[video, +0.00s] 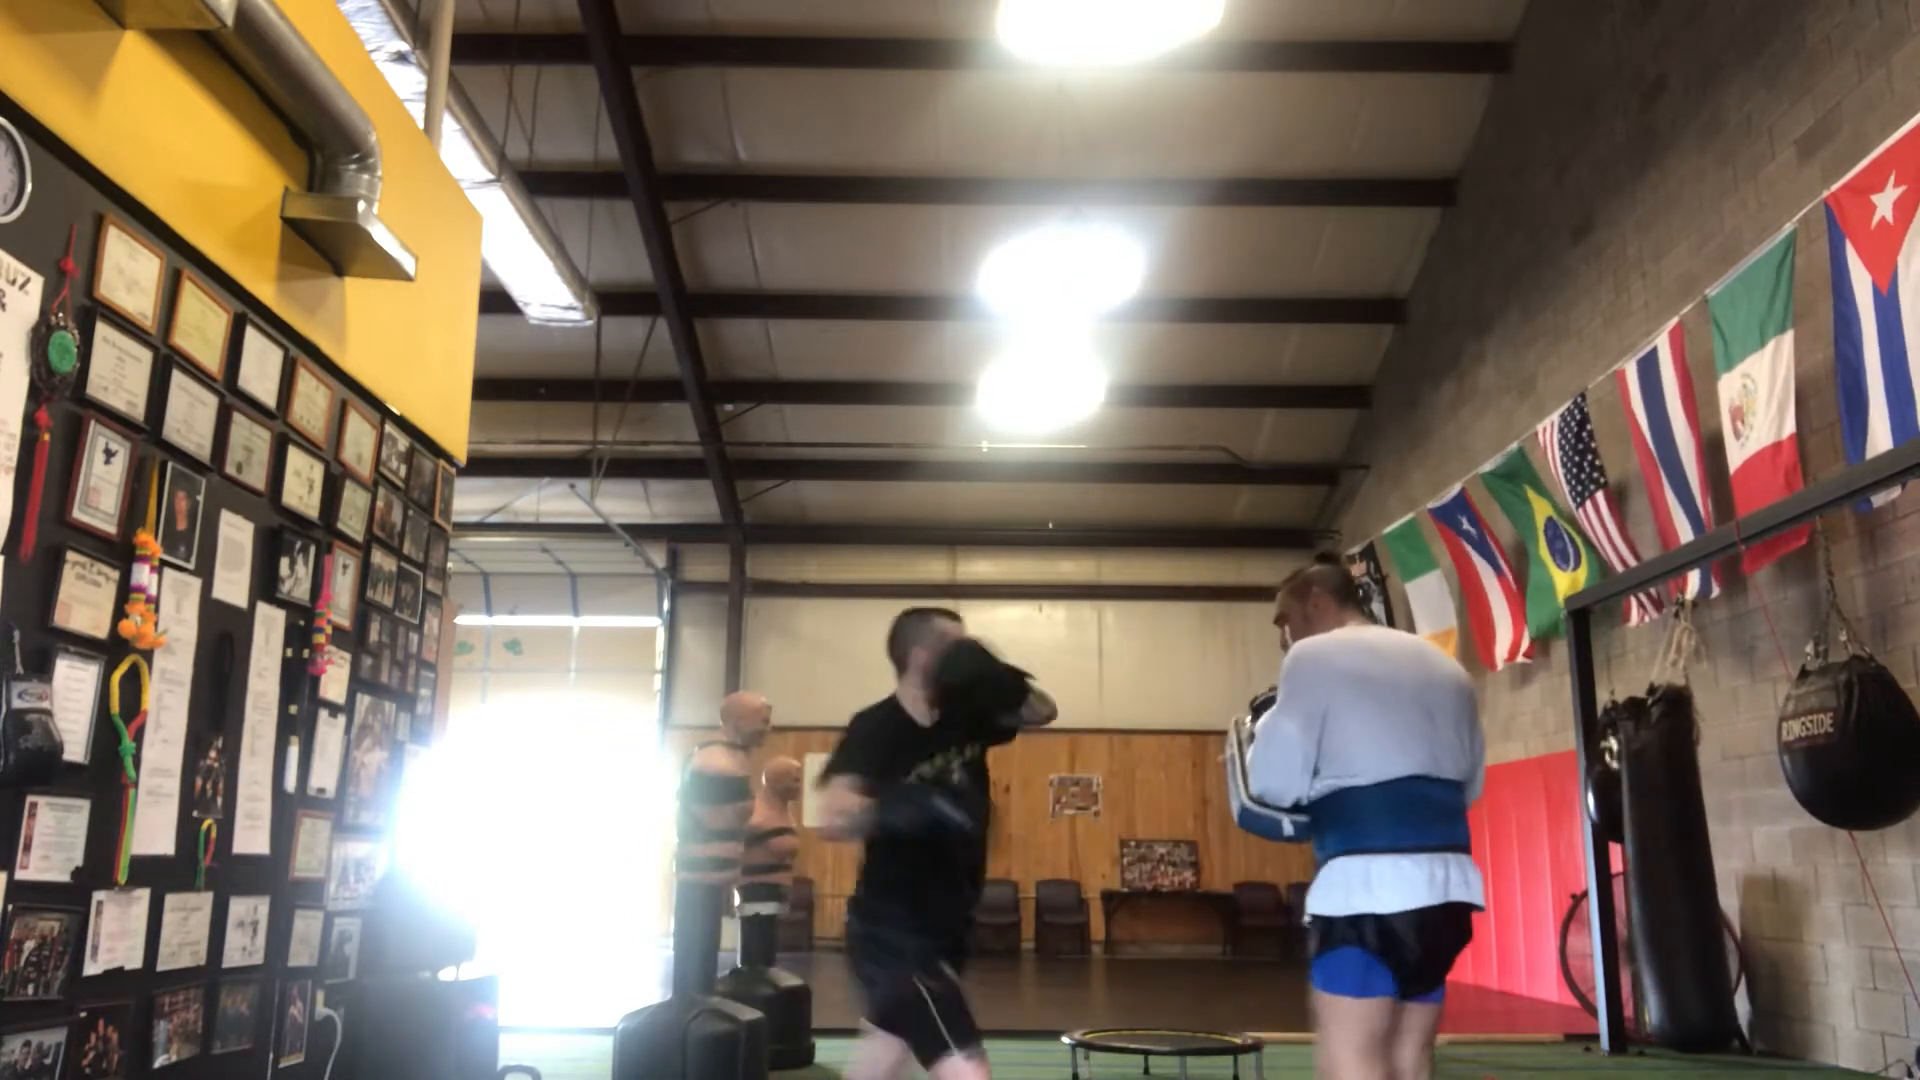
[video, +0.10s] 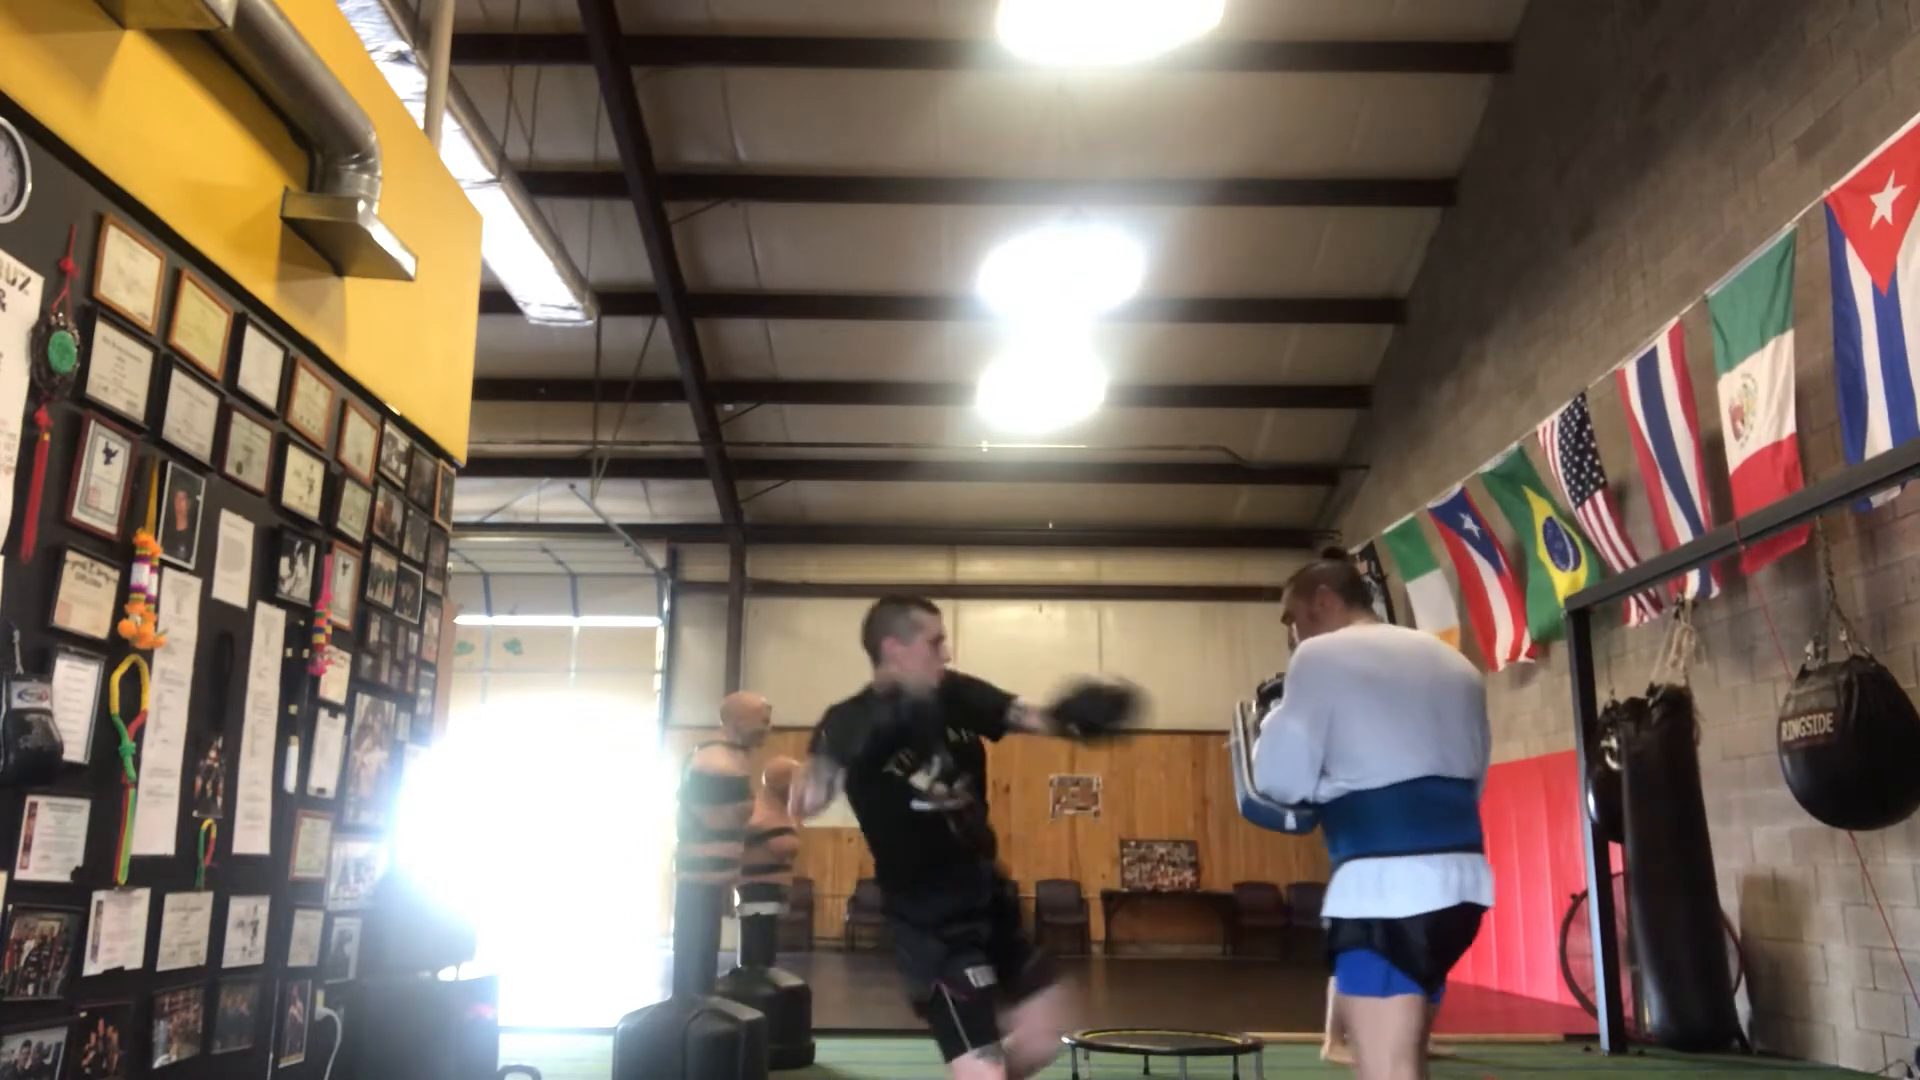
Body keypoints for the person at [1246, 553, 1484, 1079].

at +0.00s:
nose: (1285, 639)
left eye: (1284, 623)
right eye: (1280, 627)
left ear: (1314, 605)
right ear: (1348, 604)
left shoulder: (1312, 658)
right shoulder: (1443, 664)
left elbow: (1274, 785)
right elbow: (1470, 783)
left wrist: (1274, 726)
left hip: (1363, 900)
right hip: (1447, 899)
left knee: (1350, 1065)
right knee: (1412, 1064)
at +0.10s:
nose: (1294, 638)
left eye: (1292, 622)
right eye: (1289, 626)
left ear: (1322, 603)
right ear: (1355, 601)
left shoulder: (1320, 657)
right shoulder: (1453, 661)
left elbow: (1279, 781)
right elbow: (1472, 775)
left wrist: (1279, 717)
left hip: (1386, 894)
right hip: (1464, 889)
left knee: (1387, 1068)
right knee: (1403, 1059)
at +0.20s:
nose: (1299, 638)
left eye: (1298, 623)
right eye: (1294, 627)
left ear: (1328, 601)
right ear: (1363, 600)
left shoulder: (1328, 657)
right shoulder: (1455, 653)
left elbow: (1286, 778)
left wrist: (1280, 700)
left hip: (1402, 895)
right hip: (1482, 886)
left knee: (1407, 1069)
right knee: (1408, 1054)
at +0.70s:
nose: (1368, 629)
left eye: (1373, 610)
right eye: (1364, 614)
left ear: (1414, 596)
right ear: (1421, 600)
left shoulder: (1421, 661)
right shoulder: (1524, 661)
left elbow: (1388, 789)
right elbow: (1543, 764)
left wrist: (1323, 747)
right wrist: (1389, 728)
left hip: (1462, 897)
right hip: (1546, 890)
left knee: (1436, 1068)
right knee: (1550, 1064)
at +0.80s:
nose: (1367, 634)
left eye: (1370, 614)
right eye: (1362, 620)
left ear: (1409, 600)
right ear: (1419, 603)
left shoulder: (1420, 663)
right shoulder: (1527, 662)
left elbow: (1392, 794)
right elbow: (1544, 769)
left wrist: (1328, 759)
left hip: (1468, 901)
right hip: (1550, 893)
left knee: (1436, 1069)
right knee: (1552, 1065)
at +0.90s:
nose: (1361, 637)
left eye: (1364, 617)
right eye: (1356, 622)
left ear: (1403, 603)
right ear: (1416, 606)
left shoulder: (1415, 663)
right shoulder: (1522, 663)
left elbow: (1388, 795)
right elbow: (1544, 770)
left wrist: (1327, 760)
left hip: (1466, 899)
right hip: (1549, 892)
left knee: (1422, 1067)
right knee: (1552, 1065)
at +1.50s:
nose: (1180, 625)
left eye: (1185, 605)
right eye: (1177, 609)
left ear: (1225, 588)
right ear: (1235, 590)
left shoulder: (1246, 653)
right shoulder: (1330, 647)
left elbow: (1214, 786)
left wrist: (1153, 743)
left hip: (1302, 894)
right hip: (1356, 885)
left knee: (1285, 1068)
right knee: (1296, 1058)